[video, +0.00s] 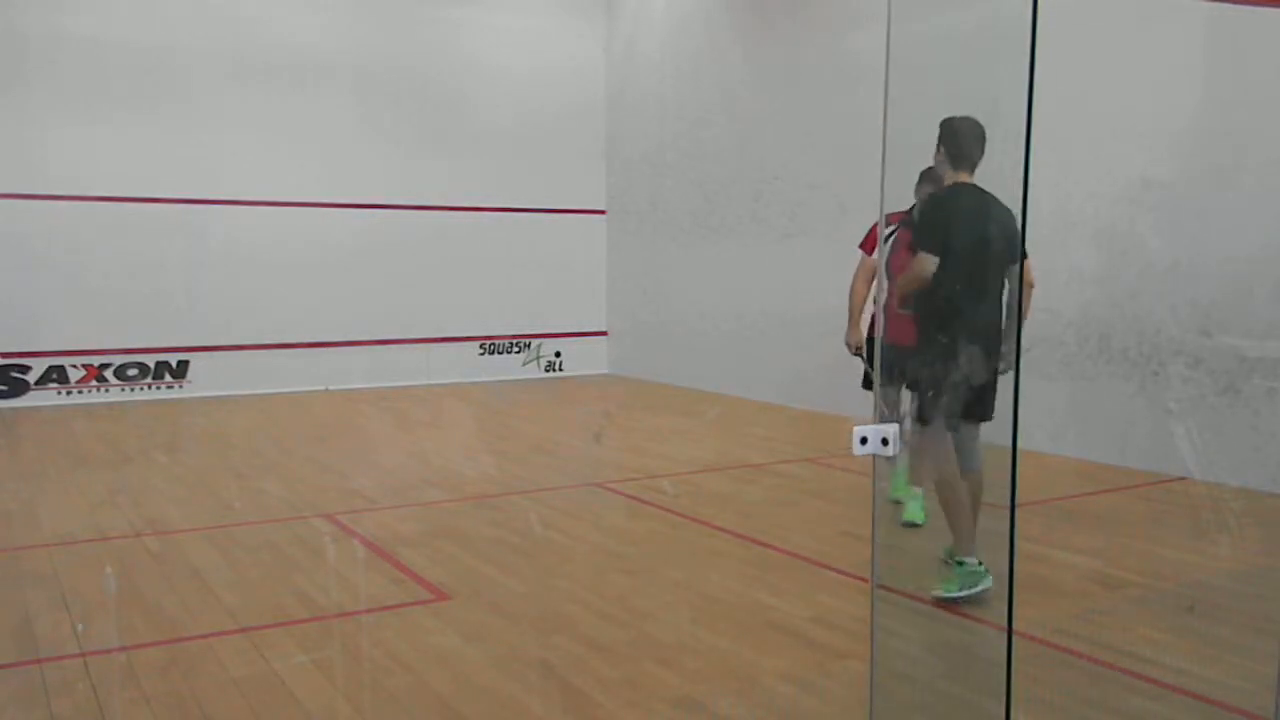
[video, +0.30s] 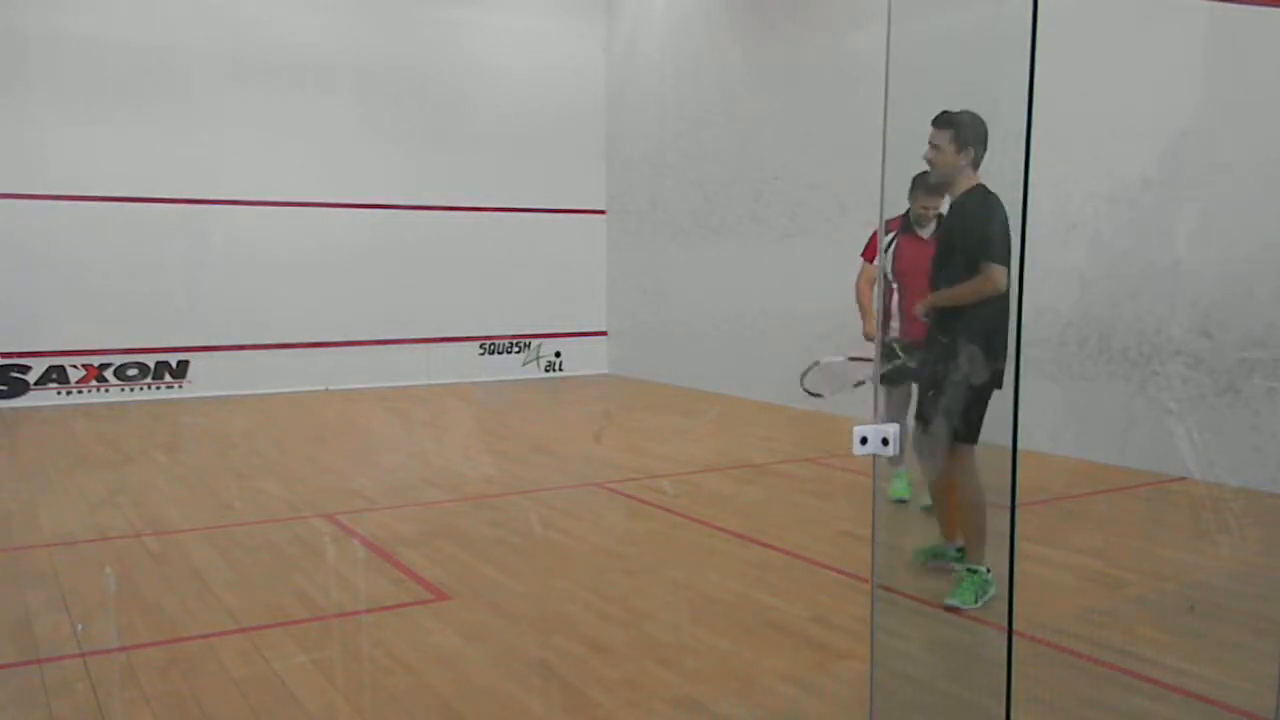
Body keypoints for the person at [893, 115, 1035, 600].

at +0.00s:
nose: (934, 155)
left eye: (937, 148)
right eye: (940, 148)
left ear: (941, 152)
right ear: (980, 157)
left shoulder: (937, 204)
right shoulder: (1002, 213)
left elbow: (925, 265)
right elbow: (1025, 282)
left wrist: (900, 289)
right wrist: (1010, 332)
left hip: (945, 345)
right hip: (984, 347)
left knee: (938, 442)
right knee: (968, 442)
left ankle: (969, 561)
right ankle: (965, 547)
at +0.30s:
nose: (927, 155)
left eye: (936, 148)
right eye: (929, 146)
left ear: (966, 155)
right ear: (959, 154)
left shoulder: (984, 206)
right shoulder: (957, 208)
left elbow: (995, 279)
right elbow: (959, 279)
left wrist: (933, 299)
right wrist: (929, 339)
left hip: (973, 352)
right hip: (948, 347)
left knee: (958, 454)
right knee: (933, 446)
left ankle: (978, 566)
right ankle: (954, 544)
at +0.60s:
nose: (965, 151)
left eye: (976, 143)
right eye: (956, 140)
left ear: (990, 150)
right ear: (940, 144)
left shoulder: (1007, 210)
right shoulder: (924, 204)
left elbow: (1044, 280)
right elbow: (913, 275)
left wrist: (982, 302)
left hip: (978, 354)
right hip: (922, 347)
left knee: (973, 458)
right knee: (908, 454)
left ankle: (980, 571)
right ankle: (899, 576)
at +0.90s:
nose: (960, 142)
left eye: (967, 133)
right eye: (949, 132)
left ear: (974, 141)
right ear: (923, 138)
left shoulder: (992, 206)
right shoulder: (891, 209)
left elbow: (1009, 287)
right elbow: (863, 285)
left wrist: (985, 338)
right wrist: (836, 352)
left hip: (965, 362)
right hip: (904, 361)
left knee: (959, 468)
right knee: (909, 477)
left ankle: (967, 564)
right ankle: (912, 604)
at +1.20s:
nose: (935, 133)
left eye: (941, 124)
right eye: (924, 123)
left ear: (947, 132)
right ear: (897, 131)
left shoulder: (964, 201)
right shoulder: (863, 204)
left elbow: (980, 274)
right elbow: (835, 278)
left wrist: (973, 337)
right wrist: (821, 346)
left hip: (956, 358)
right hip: (889, 364)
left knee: (962, 483)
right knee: (897, 486)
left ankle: (952, 578)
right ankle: (911, 602)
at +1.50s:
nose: (917, 131)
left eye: (922, 122)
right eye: (904, 123)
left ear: (929, 129)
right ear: (875, 132)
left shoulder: (951, 196)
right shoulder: (844, 205)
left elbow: (980, 275)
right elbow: (821, 282)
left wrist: (987, 345)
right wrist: (812, 349)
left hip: (931, 366)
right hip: (867, 370)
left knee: (917, 496)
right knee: (887, 496)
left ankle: (915, 629)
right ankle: (909, 607)